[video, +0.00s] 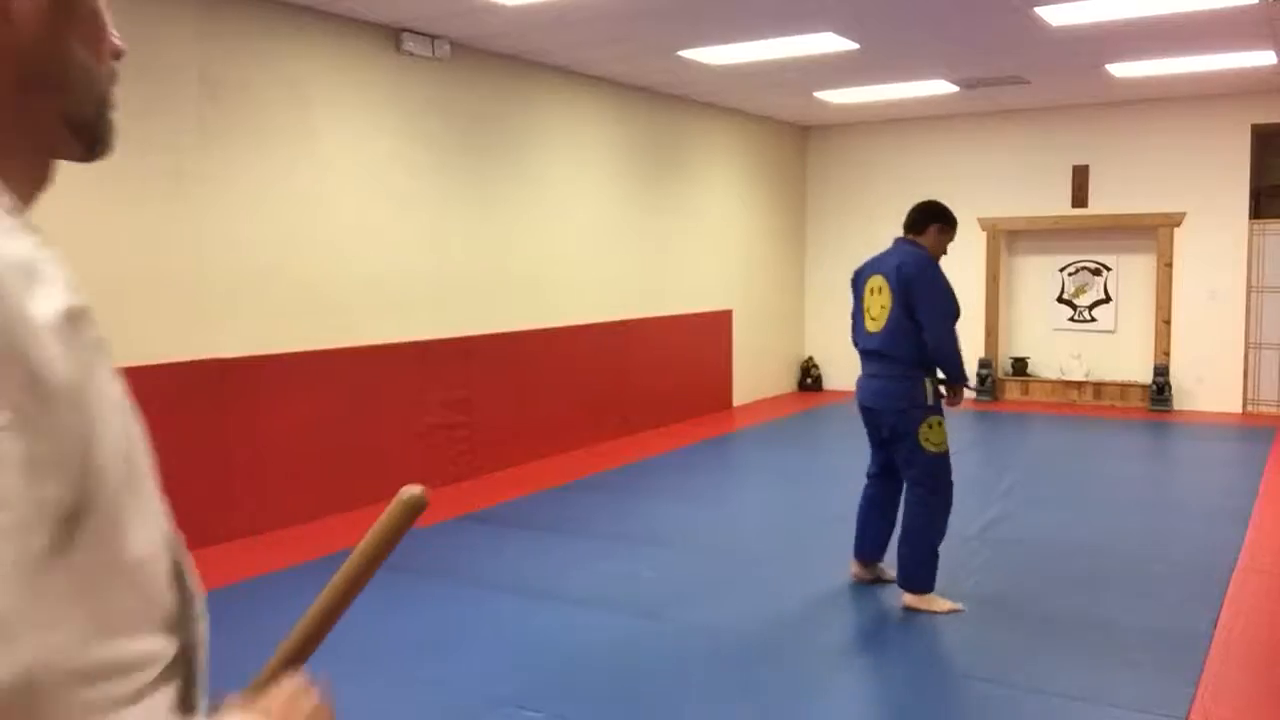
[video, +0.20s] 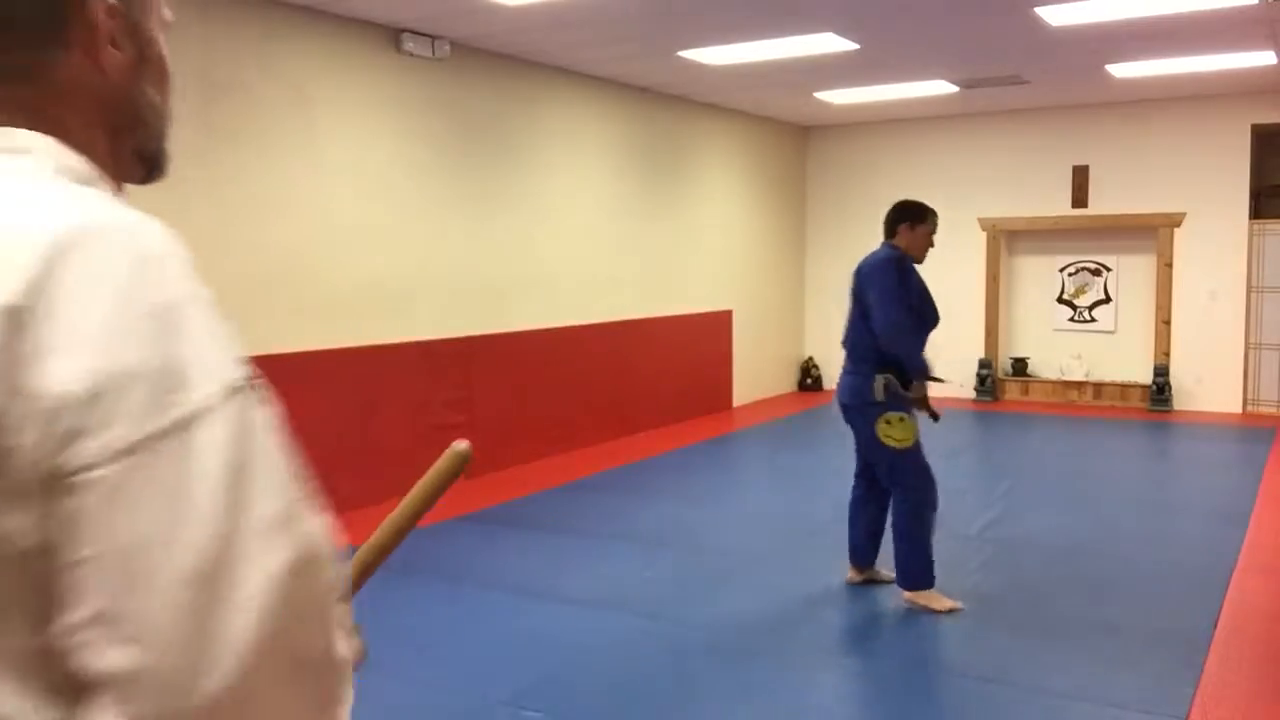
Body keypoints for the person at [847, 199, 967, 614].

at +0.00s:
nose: (945, 251)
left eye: (948, 244)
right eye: (946, 242)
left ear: (912, 228)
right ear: (933, 231)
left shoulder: (870, 267)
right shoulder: (921, 267)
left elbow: (862, 331)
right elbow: (939, 329)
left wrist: (887, 366)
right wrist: (956, 378)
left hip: (872, 391)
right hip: (910, 395)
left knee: (885, 474)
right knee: (932, 486)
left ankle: (866, 561)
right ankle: (917, 589)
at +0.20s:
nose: (931, 244)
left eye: (932, 236)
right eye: (928, 234)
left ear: (904, 231)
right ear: (904, 230)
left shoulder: (889, 266)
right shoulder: (885, 267)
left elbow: (898, 332)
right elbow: (892, 330)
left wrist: (915, 383)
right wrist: (918, 374)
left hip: (871, 390)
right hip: (875, 394)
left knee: (873, 481)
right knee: (917, 488)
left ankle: (861, 566)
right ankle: (917, 585)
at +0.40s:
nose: (909, 236)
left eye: (910, 229)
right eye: (903, 228)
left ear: (886, 231)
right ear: (876, 228)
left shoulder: (893, 279)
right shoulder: (848, 267)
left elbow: (902, 337)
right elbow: (834, 330)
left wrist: (926, 380)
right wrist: (871, 368)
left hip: (881, 389)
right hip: (851, 388)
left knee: (870, 477)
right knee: (868, 477)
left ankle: (864, 565)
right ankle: (869, 573)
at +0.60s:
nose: (882, 232)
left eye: (883, 225)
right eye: (874, 225)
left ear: (879, 228)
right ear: (850, 228)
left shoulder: (885, 277)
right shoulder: (827, 269)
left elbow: (896, 331)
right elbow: (805, 325)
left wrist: (913, 377)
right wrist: (842, 369)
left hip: (873, 391)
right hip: (834, 390)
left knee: (865, 480)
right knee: (828, 478)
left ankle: (858, 564)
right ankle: (802, 564)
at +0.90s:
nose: (820, 232)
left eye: (827, 226)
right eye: (812, 226)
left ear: (837, 231)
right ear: (800, 232)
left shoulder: (854, 278)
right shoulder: (781, 278)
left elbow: (875, 331)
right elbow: (762, 330)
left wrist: (889, 379)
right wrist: (788, 372)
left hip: (844, 397)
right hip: (795, 397)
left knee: (850, 483)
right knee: (786, 482)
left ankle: (856, 565)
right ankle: (770, 557)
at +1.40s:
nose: (745, 233)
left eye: (753, 226)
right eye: (740, 227)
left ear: (769, 230)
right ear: (734, 233)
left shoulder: (796, 274)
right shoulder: (720, 285)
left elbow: (824, 326)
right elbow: (712, 338)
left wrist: (824, 375)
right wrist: (732, 372)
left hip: (794, 394)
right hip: (751, 396)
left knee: (802, 479)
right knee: (761, 479)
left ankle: (813, 565)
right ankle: (769, 557)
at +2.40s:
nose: (726, 232)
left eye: (734, 225)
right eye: (721, 225)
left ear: (756, 230)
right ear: (718, 229)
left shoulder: (780, 282)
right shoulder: (708, 277)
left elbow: (802, 342)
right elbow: (684, 329)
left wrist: (791, 399)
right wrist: (663, 376)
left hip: (757, 405)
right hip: (710, 402)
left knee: (758, 496)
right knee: (696, 487)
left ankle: (758, 582)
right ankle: (697, 577)